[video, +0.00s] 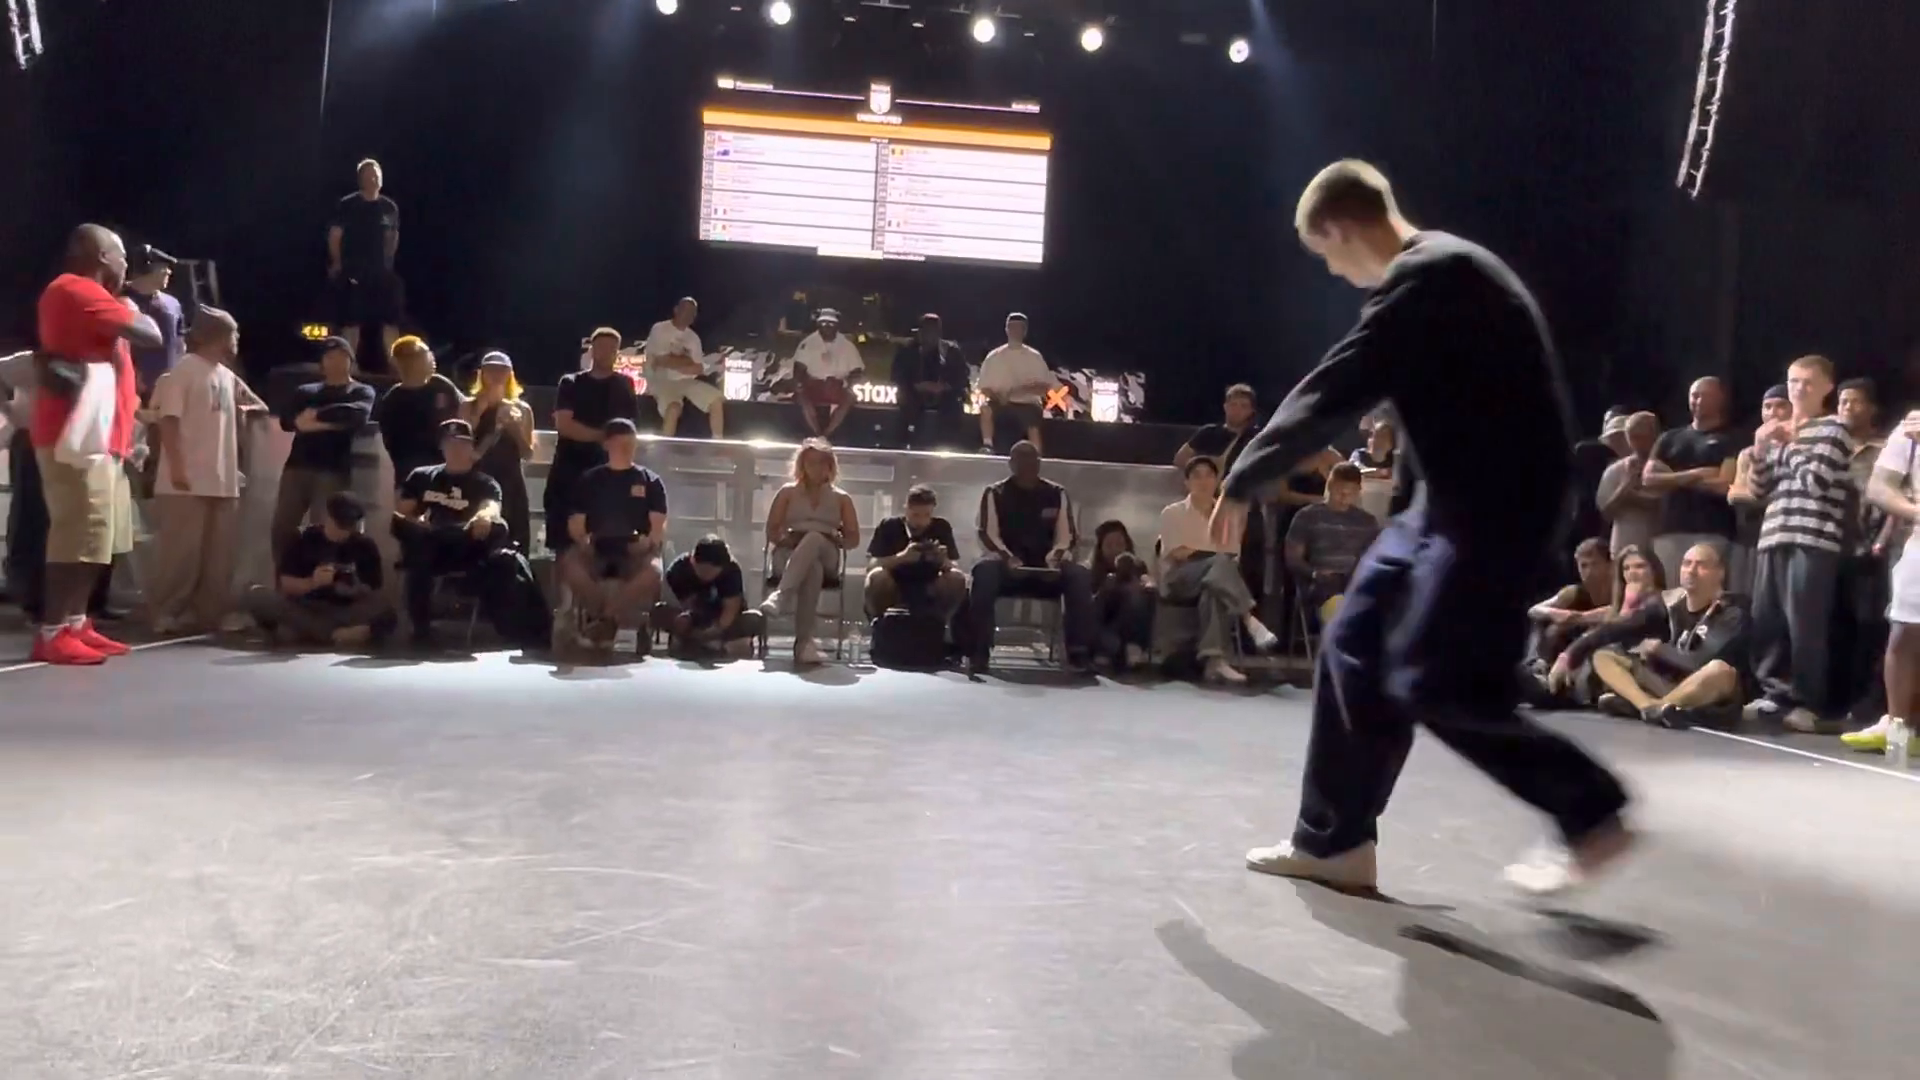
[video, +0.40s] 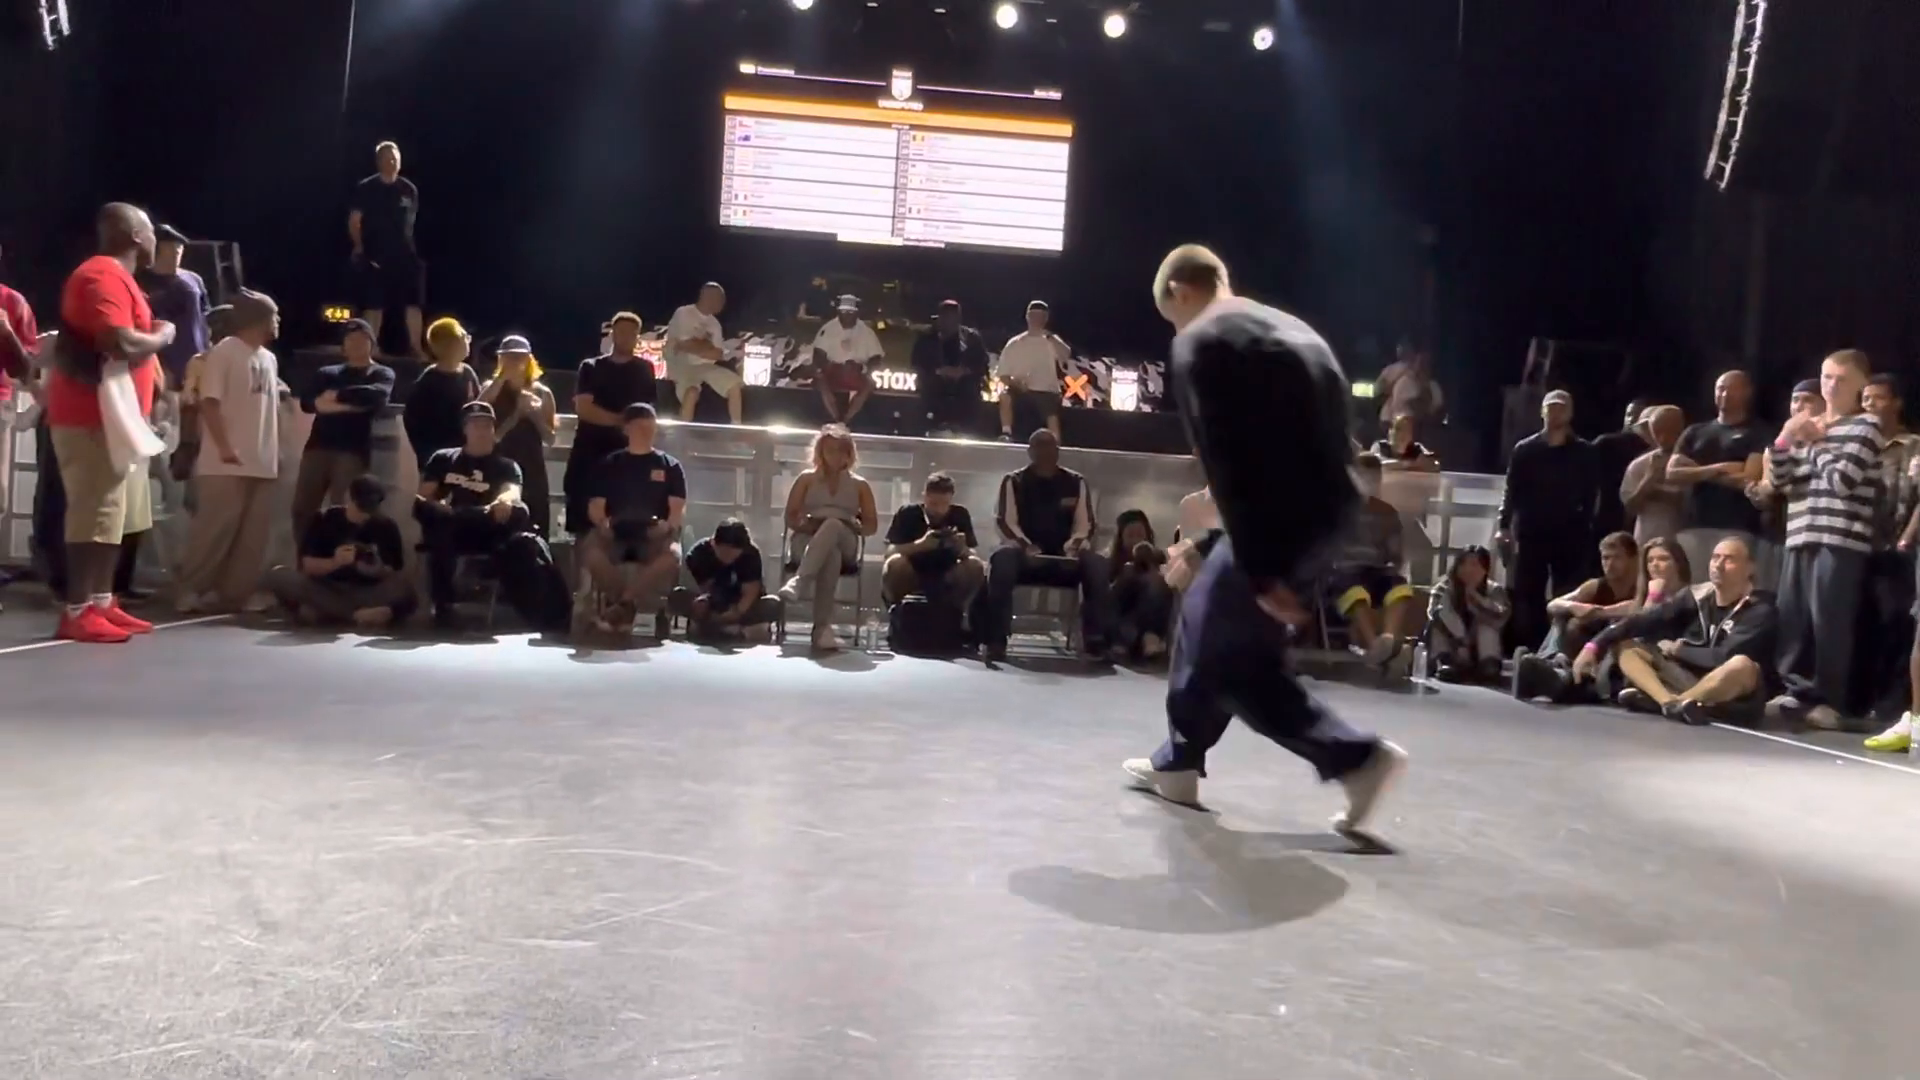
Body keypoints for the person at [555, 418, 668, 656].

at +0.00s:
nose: (623, 447)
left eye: (628, 441)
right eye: (618, 442)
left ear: (635, 444)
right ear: (606, 445)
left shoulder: (650, 482)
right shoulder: (589, 479)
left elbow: (657, 533)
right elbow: (576, 523)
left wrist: (636, 547)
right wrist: (589, 546)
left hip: (634, 545)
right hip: (597, 544)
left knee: (653, 572)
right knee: (570, 563)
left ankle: (607, 620)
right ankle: (608, 617)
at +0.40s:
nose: (644, 431)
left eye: (648, 425)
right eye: (639, 426)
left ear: (655, 428)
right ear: (626, 429)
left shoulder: (670, 466)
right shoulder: (608, 464)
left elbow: (676, 512)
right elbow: (595, 507)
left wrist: (662, 529)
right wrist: (607, 527)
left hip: (652, 527)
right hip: (616, 526)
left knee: (671, 556)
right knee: (591, 550)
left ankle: (622, 606)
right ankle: (624, 607)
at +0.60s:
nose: (652, 426)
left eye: (656, 420)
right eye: (646, 420)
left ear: (663, 423)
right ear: (634, 424)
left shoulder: (677, 460)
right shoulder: (617, 458)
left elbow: (684, 504)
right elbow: (603, 501)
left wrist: (674, 523)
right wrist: (614, 522)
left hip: (660, 522)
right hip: (624, 522)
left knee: (679, 552)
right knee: (598, 545)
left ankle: (629, 600)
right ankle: (632, 600)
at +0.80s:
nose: (656, 423)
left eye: (660, 417)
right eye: (650, 417)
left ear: (667, 420)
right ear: (638, 421)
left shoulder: (681, 457)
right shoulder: (621, 454)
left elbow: (688, 502)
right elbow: (607, 498)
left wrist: (677, 519)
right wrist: (619, 520)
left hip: (664, 518)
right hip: (628, 517)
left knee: (683, 547)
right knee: (603, 542)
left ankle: (633, 596)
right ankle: (637, 596)